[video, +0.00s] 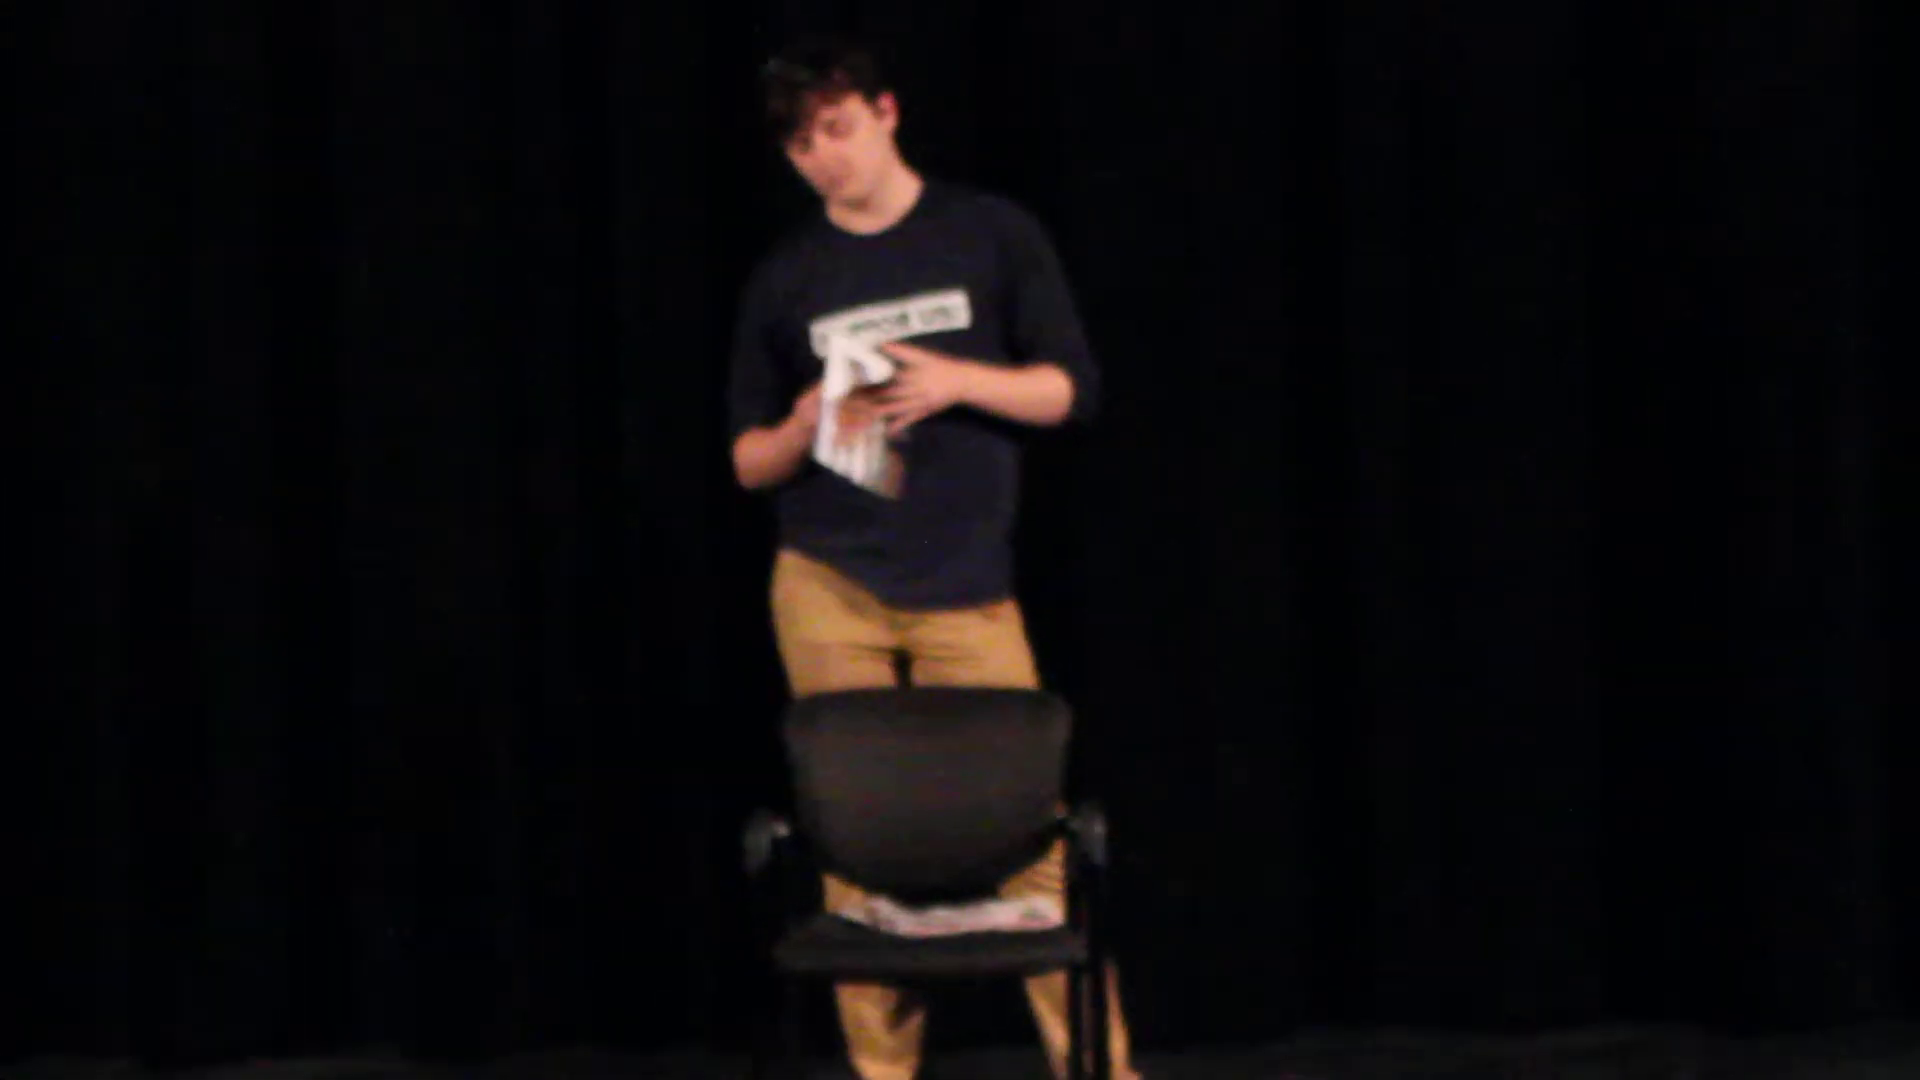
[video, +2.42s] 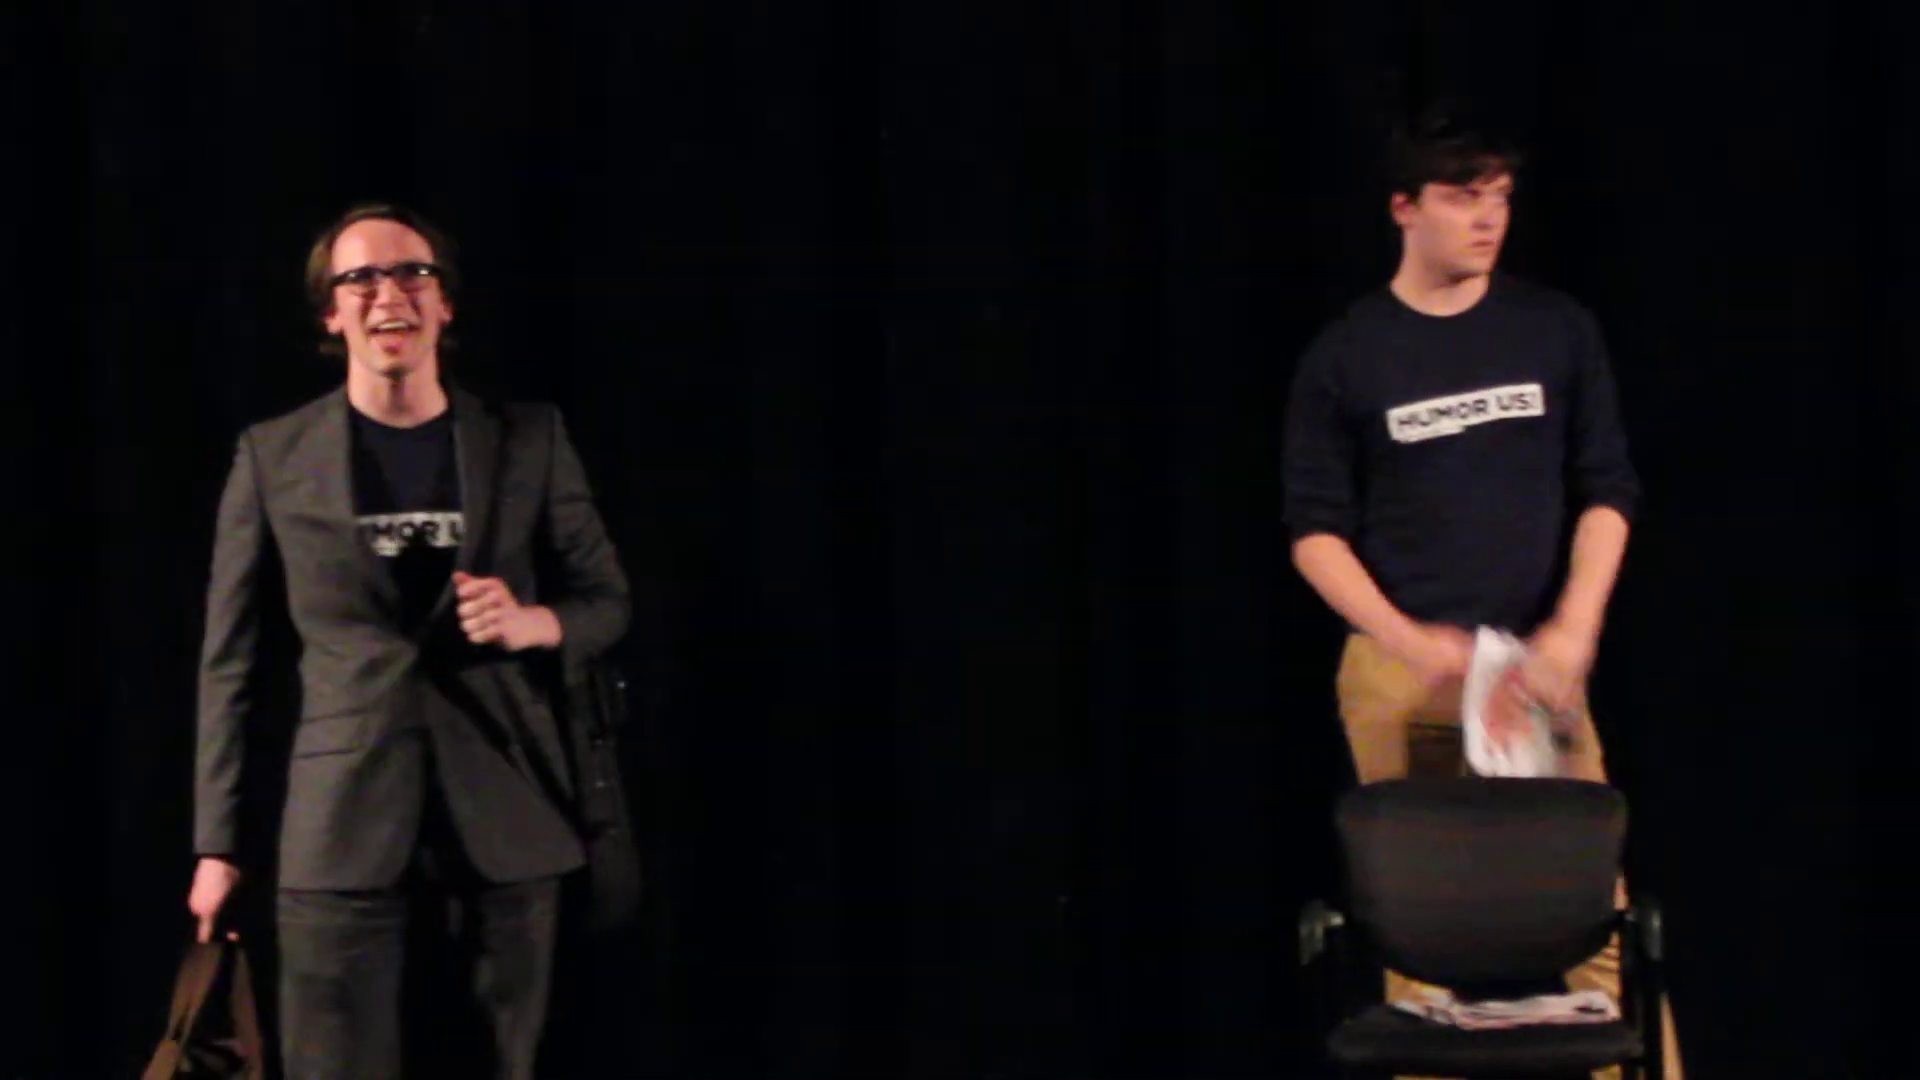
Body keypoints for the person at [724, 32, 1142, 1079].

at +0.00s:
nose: (821, 153)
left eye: (834, 126)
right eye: (802, 139)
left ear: (886, 114)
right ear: (789, 156)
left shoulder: (993, 236)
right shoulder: (786, 277)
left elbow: (1069, 391)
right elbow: (747, 461)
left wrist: (957, 380)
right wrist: (807, 424)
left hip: (967, 586)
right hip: (827, 585)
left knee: (1023, 828)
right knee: (855, 837)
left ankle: (1099, 1066)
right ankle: (881, 1068)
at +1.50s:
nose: (909, 166)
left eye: (925, 138)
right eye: (894, 148)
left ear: (981, 125)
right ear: (880, 164)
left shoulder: (1086, 255)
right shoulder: (878, 290)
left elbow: (1159, 412)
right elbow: (834, 480)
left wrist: (1100, 397)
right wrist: (877, 435)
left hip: (1053, 597)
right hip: (910, 593)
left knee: (1104, 847)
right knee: (930, 851)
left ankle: (1161, 1067)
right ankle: (955, 1069)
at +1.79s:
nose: (1061, 207)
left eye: (1073, 180)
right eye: (1038, 193)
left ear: (1118, 166)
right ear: (1021, 208)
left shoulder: (1226, 292)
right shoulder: (1016, 331)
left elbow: (1298, 445)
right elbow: (976, 516)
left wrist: (1237, 441)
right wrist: (1013, 489)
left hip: (1191, 634)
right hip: (1053, 635)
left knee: (1242, 871)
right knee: (1075, 878)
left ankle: (1291, 1068)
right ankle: (1091, 1075)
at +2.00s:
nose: (1148, 214)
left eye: (1162, 188)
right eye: (1124, 199)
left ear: (1201, 188)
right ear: (1100, 222)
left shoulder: (1294, 305)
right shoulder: (1082, 347)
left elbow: (1372, 455)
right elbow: (1038, 524)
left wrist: (1269, 476)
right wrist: (1107, 518)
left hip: (1266, 654)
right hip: (1127, 656)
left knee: (1317, 889)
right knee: (1156, 894)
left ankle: (1357, 1069)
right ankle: (1164, 1078)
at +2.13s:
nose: (1298, 217)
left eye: (1311, 193)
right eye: (1272, 201)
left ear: (1340, 200)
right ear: (1235, 223)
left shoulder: (1425, 318)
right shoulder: (1210, 353)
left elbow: (1496, 471)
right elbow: (1161, 529)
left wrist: (1389, 491)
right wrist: (1254, 522)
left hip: (1397, 662)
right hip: (1258, 664)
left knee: (1443, 894)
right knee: (1286, 902)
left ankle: (1477, 1072)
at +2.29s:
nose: (1415, 217)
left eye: (1429, 195)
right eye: (1389, 199)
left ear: (1448, 205)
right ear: (1340, 217)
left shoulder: (1515, 326)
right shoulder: (1299, 358)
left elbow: (1586, 478)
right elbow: (1251, 533)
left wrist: (1492, 531)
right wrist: (1356, 553)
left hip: (1492, 669)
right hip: (1351, 674)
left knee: (1534, 904)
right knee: (1376, 912)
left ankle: (1563, 1072)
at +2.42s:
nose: (1489, 217)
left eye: (1500, 198)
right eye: (1464, 198)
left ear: (1511, 206)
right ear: (1405, 211)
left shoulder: (1559, 331)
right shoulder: (1345, 356)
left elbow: (1609, 495)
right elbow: (1313, 534)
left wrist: (1572, 633)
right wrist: (1405, 640)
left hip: (1538, 661)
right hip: (1400, 669)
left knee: (1584, 902)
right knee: (1423, 917)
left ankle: (1633, 1070)